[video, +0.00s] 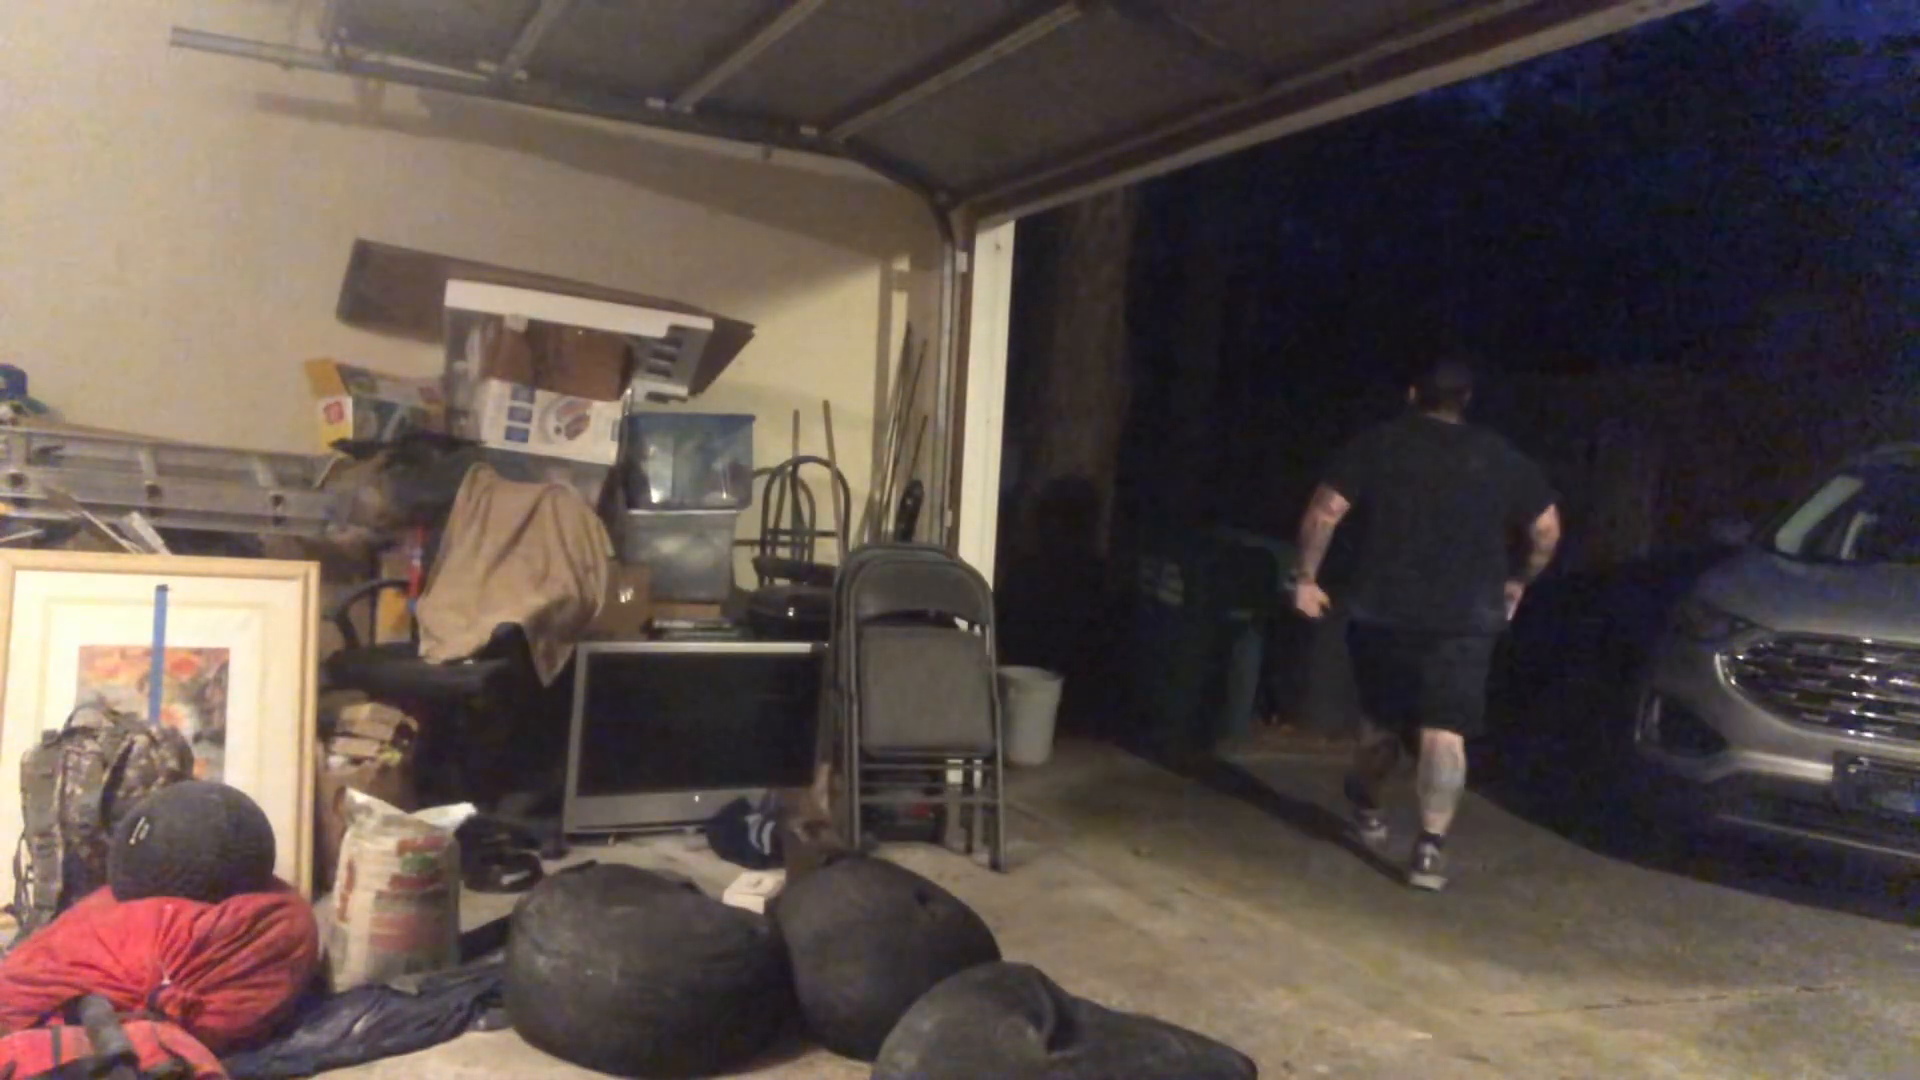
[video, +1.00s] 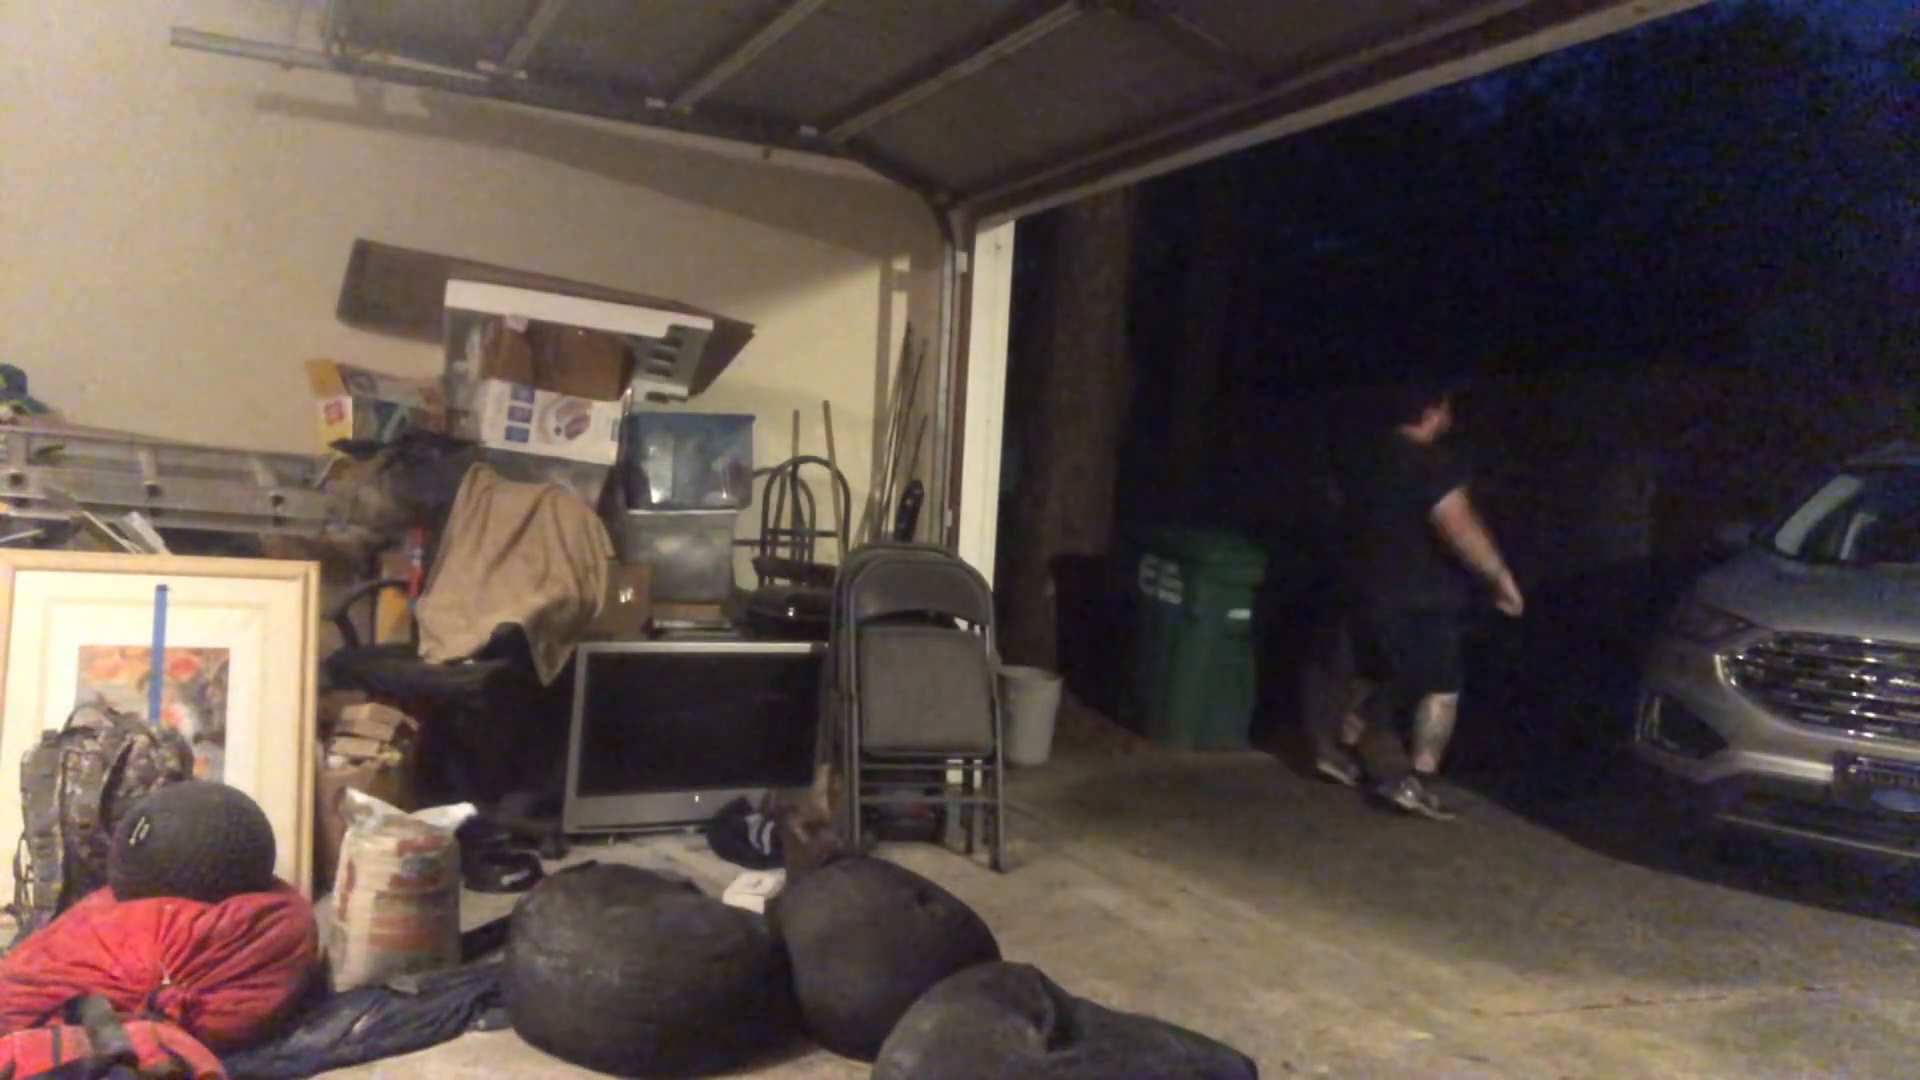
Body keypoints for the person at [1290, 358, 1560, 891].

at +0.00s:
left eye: (1412, 390)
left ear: (1413, 394)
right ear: (1466, 402)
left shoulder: (1381, 443)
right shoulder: (1497, 454)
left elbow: (1326, 510)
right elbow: (1547, 529)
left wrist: (1306, 577)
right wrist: (1522, 580)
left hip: (1384, 607)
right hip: (1464, 617)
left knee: (1380, 723)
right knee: (1444, 730)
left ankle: (1363, 805)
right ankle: (1431, 850)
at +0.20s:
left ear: (1400, 399)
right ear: (1452, 405)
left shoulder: (1369, 446)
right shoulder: (1484, 456)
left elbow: (1313, 514)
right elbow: (1519, 534)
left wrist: (1292, 572)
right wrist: (1516, 593)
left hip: (1373, 599)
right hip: (1452, 606)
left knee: (1370, 707)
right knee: (1450, 709)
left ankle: (1369, 804)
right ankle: (1433, 793)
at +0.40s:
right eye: (1442, 394)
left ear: (1401, 395)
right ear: (1447, 398)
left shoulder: (1364, 438)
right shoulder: (1477, 446)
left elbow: (1312, 500)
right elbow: (1514, 518)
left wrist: (1302, 554)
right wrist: (1518, 584)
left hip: (1376, 589)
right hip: (1449, 593)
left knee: (1376, 695)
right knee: (1438, 694)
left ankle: (1373, 808)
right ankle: (1419, 797)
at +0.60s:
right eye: (1449, 414)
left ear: (1404, 415)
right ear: (1449, 418)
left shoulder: (1367, 452)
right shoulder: (1476, 459)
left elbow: (1321, 511)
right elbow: (1510, 532)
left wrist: (1318, 553)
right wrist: (1523, 594)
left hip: (1373, 593)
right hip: (1446, 598)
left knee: (1372, 697)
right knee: (1432, 699)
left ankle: (1371, 801)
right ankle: (1417, 793)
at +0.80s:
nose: (1456, 415)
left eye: (1452, 408)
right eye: (1454, 408)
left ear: (1405, 410)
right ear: (1449, 411)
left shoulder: (1370, 449)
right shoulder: (1467, 457)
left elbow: (1332, 502)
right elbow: (1503, 530)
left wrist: (1348, 552)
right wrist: (1514, 585)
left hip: (1376, 583)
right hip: (1443, 591)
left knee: (1368, 676)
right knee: (1436, 693)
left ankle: (1344, 756)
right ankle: (1417, 789)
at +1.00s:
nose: (1446, 421)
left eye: (1445, 412)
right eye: (1443, 412)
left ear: (1399, 412)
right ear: (1428, 415)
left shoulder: (1369, 455)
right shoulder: (1431, 465)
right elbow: (1462, 530)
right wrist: (1500, 576)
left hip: (1371, 587)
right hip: (1421, 592)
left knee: (1373, 672)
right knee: (1442, 685)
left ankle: (1341, 748)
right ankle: (1421, 780)